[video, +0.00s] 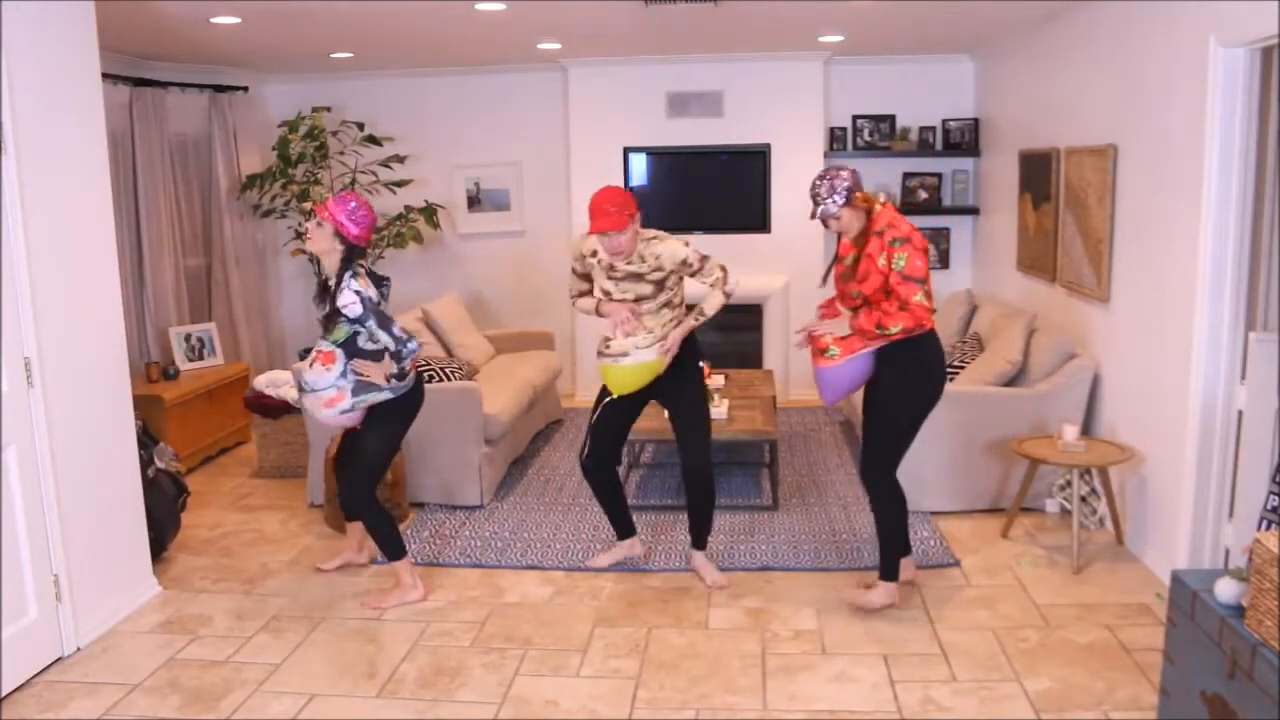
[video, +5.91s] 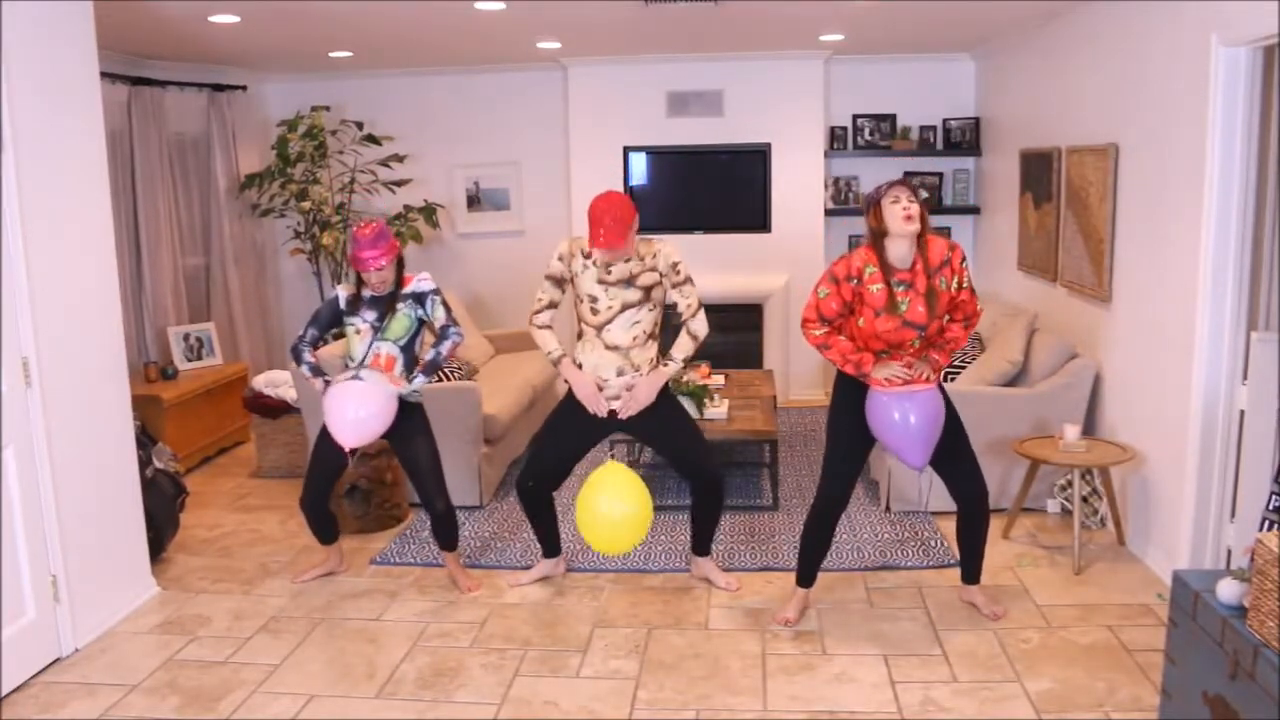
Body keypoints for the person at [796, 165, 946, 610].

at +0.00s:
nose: (832, 228)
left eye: (835, 218)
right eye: (827, 221)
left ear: (856, 202)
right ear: (834, 212)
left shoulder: (899, 236)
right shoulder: (857, 237)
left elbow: (912, 308)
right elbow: (853, 295)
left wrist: (849, 329)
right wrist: (821, 323)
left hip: (915, 359)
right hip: (886, 358)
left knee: (877, 470)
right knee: (875, 467)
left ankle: (888, 584)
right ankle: (901, 562)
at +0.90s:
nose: (871, 189)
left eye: (879, 180)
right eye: (862, 180)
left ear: (892, 182)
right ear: (848, 184)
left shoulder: (922, 224)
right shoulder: (825, 227)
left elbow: (944, 287)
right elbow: (800, 286)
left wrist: (905, 317)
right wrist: (828, 316)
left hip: (905, 352)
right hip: (844, 353)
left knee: (899, 470)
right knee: (834, 466)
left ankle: (899, 580)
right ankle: (833, 559)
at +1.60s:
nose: (905, 190)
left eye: (912, 183)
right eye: (894, 185)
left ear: (924, 198)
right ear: (878, 202)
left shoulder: (948, 247)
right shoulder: (857, 257)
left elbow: (962, 307)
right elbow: (832, 323)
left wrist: (943, 341)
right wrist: (881, 362)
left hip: (933, 381)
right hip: (869, 380)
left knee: (966, 495)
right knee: (855, 490)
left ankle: (959, 584)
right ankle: (825, 574)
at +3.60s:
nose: (916, 219)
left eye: (926, 212)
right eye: (910, 209)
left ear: (937, 208)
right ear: (894, 200)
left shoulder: (950, 234)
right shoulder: (860, 226)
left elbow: (976, 293)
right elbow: (814, 280)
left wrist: (937, 319)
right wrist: (869, 312)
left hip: (922, 367)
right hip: (861, 364)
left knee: (963, 485)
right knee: (833, 484)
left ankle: (971, 584)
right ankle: (801, 591)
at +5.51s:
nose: (910, 188)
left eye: (915, 184)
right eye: (899, 183)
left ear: (924, 199)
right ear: (877, 197)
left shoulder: (944, 240)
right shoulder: (853, 247)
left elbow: (969, 305)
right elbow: (814, 308)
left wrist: (936, 349)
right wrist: (868, 349)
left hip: (923, 378)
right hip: (862, 377)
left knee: (972, 491)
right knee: (833, 492)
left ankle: (971, 585)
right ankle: (801, 592)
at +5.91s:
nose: (908, 207)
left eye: (913, 201)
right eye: (897, 202)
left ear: (923, 214)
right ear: (877, 215)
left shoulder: (945, 255)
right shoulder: (853, 266)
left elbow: (965, 316)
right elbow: (815, 324)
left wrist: (933, 362)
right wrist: (867, 366)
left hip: (924, 382)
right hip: (861, 382)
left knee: (973, 492)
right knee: (833, 492)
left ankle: (971, 585)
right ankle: (801, 593)